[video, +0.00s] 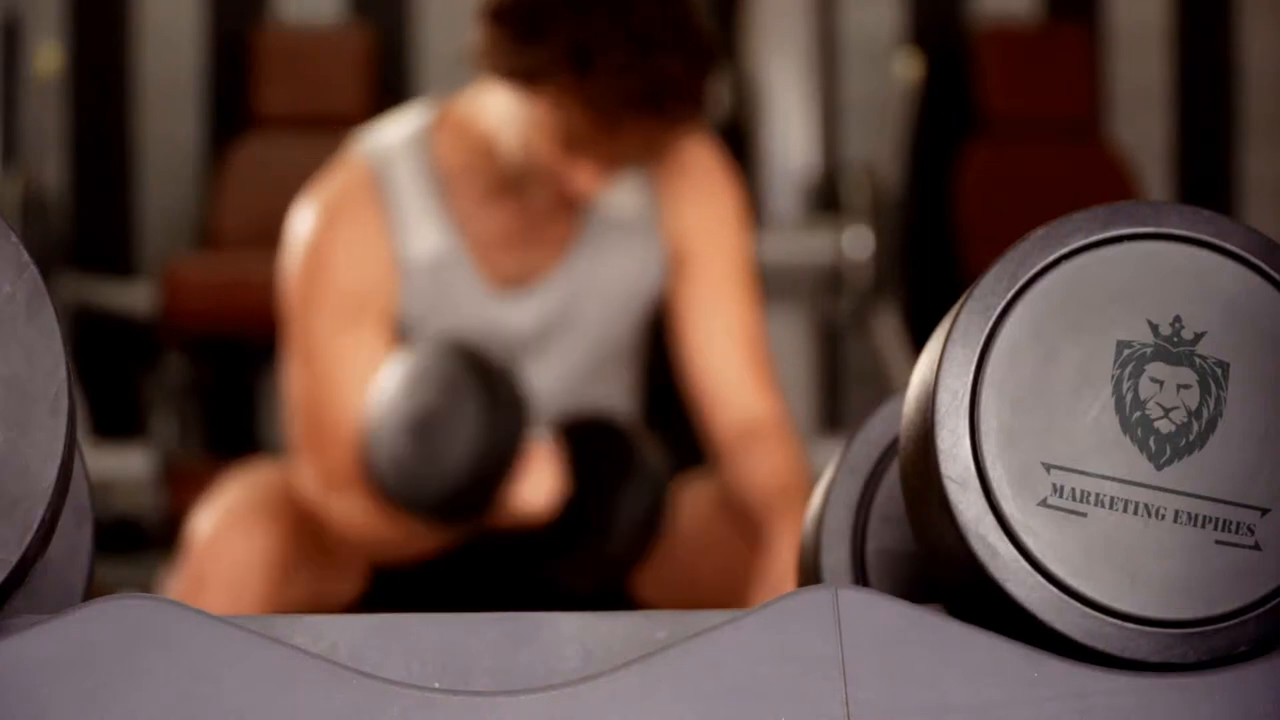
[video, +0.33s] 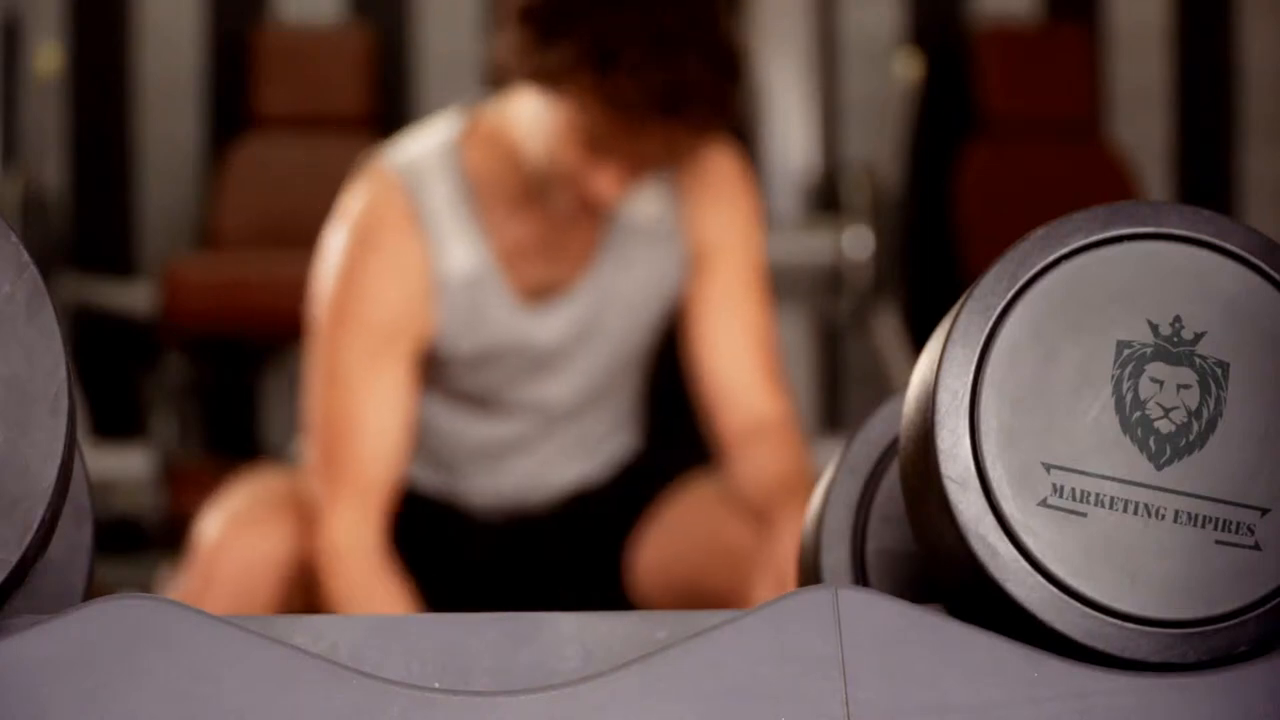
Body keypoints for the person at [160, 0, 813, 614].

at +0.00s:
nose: (591, 182)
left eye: (621, 156)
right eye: (573, 145)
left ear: (658, 121)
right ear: (514, 84)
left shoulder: (681, 170)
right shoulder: (350, 210)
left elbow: (749, 425)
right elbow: (343, 503)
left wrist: (797, 544)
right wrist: (498, 494)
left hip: (595, 534)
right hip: (399, 538)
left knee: (797, 534)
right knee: (242, 523)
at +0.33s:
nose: (613, 190)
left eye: (648, 162)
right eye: (596, 149)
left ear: (685, 130)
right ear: (538, 84)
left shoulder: (703, 176)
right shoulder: (392, 208)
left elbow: (756, 429)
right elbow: (348, 531)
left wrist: (811, 556)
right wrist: (432, 700)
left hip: (603, 520)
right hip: (418, 527)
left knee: (798, 540)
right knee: (246, 529)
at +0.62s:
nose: (617, 206)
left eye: (651, 175)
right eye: (598, 163)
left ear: (687, 145)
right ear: (534, 98)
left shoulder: (701, 180)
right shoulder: (396, 233)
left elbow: (757, 432)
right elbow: (349, 547)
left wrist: (813, 566)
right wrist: (377, 714)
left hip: (602, 524)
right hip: (417, 533)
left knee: (798, 541)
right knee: (241, 532)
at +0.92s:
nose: (613, 207)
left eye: (646, 176)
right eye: (593, 166)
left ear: (681, 147)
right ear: (529, 101)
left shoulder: (695, 178)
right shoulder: (394, 242)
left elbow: (756, 431)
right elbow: (348, 554)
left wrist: (805, 575)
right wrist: (354, 719)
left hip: (602, 524)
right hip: (416, 533)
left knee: (795, 539)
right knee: (238, 533)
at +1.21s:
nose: (614, 196)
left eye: (647, 164)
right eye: (593, 154)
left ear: (683, 132)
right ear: (529, 94)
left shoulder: (697, 173)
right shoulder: (398, 235)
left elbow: (754, 430)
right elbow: (336, 543)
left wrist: (794, 573)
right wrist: (392, 709)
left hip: (601, 521)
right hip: (418, 531)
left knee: (794, 540)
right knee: (225, 531)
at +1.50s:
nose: (611, 168)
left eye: (645, 137)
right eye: (591, 127)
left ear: (676, 110)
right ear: (524, 67)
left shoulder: (696, 170)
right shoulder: (393, 210)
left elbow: (753, 428)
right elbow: (337, 510)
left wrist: (790, 570)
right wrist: (457, 668)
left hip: (601, 521)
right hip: (418, 529)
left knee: (792, 540)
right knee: (241, 526)